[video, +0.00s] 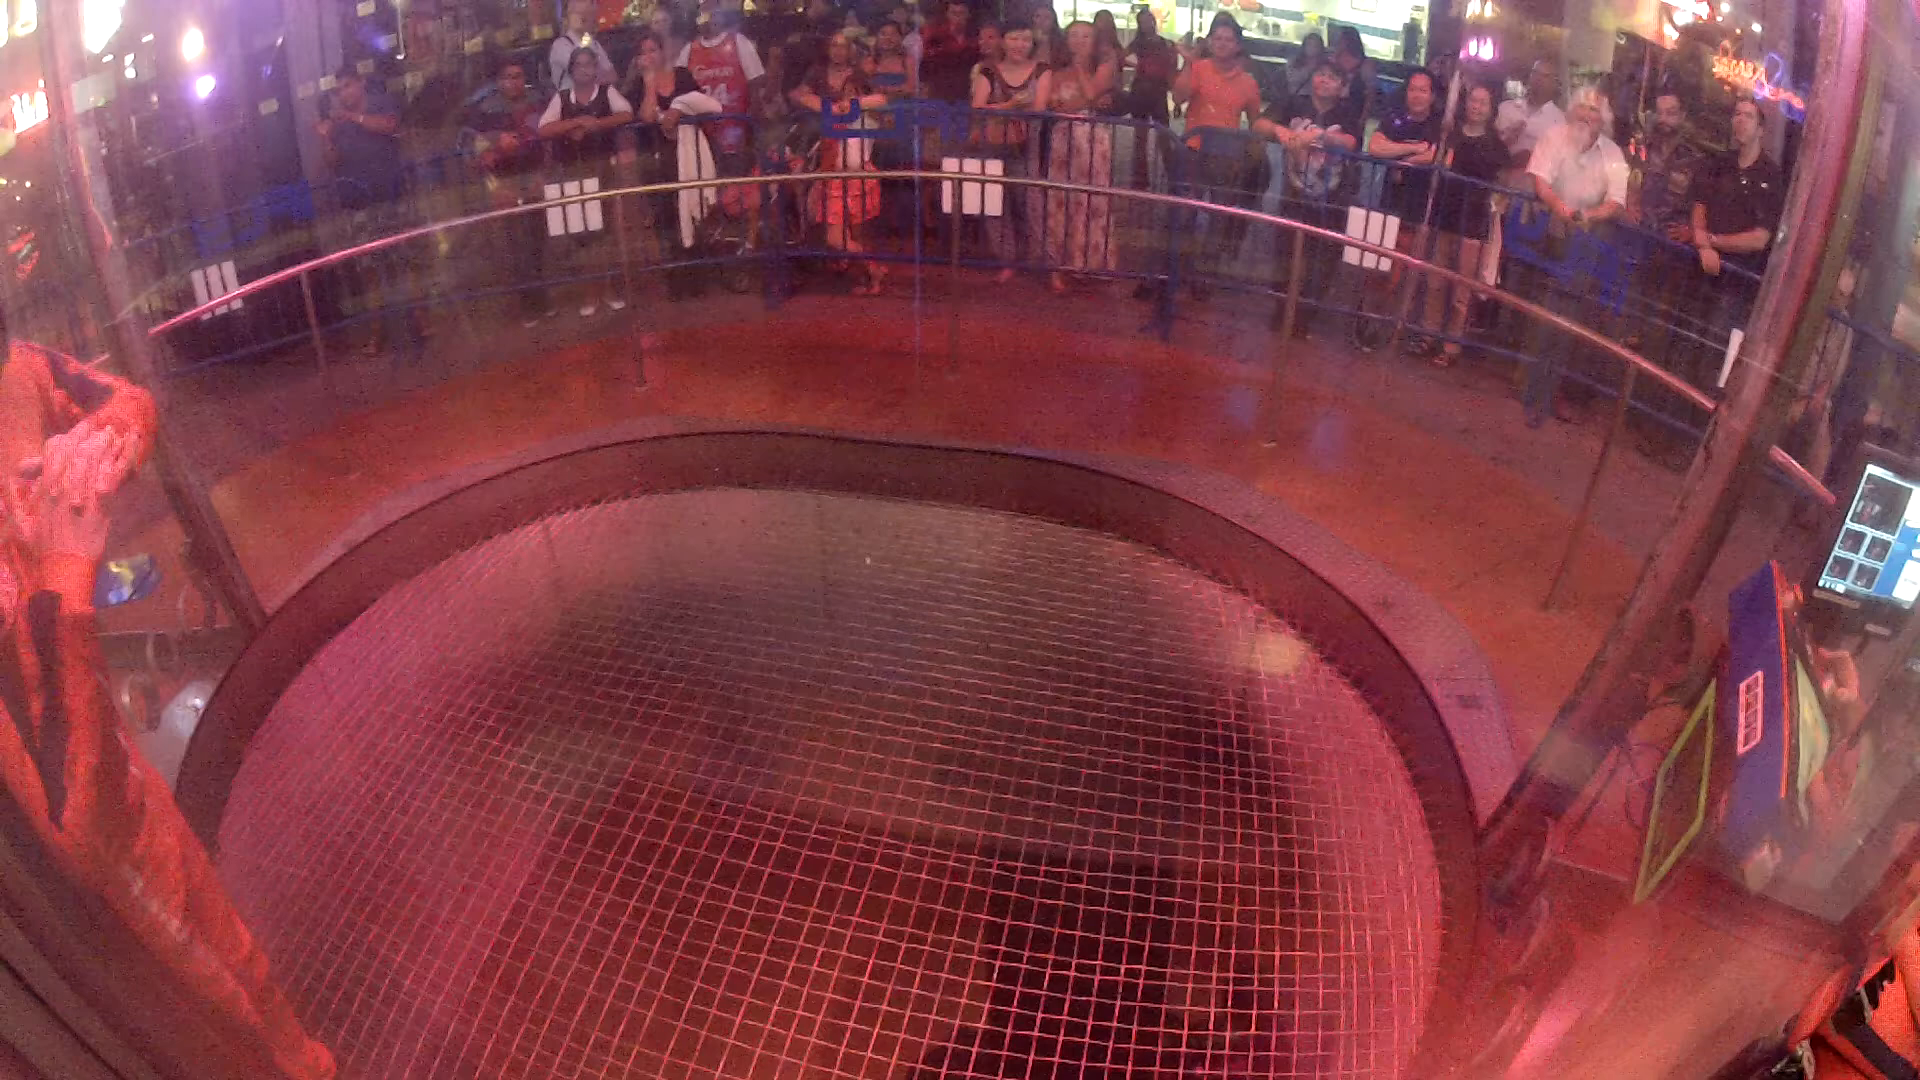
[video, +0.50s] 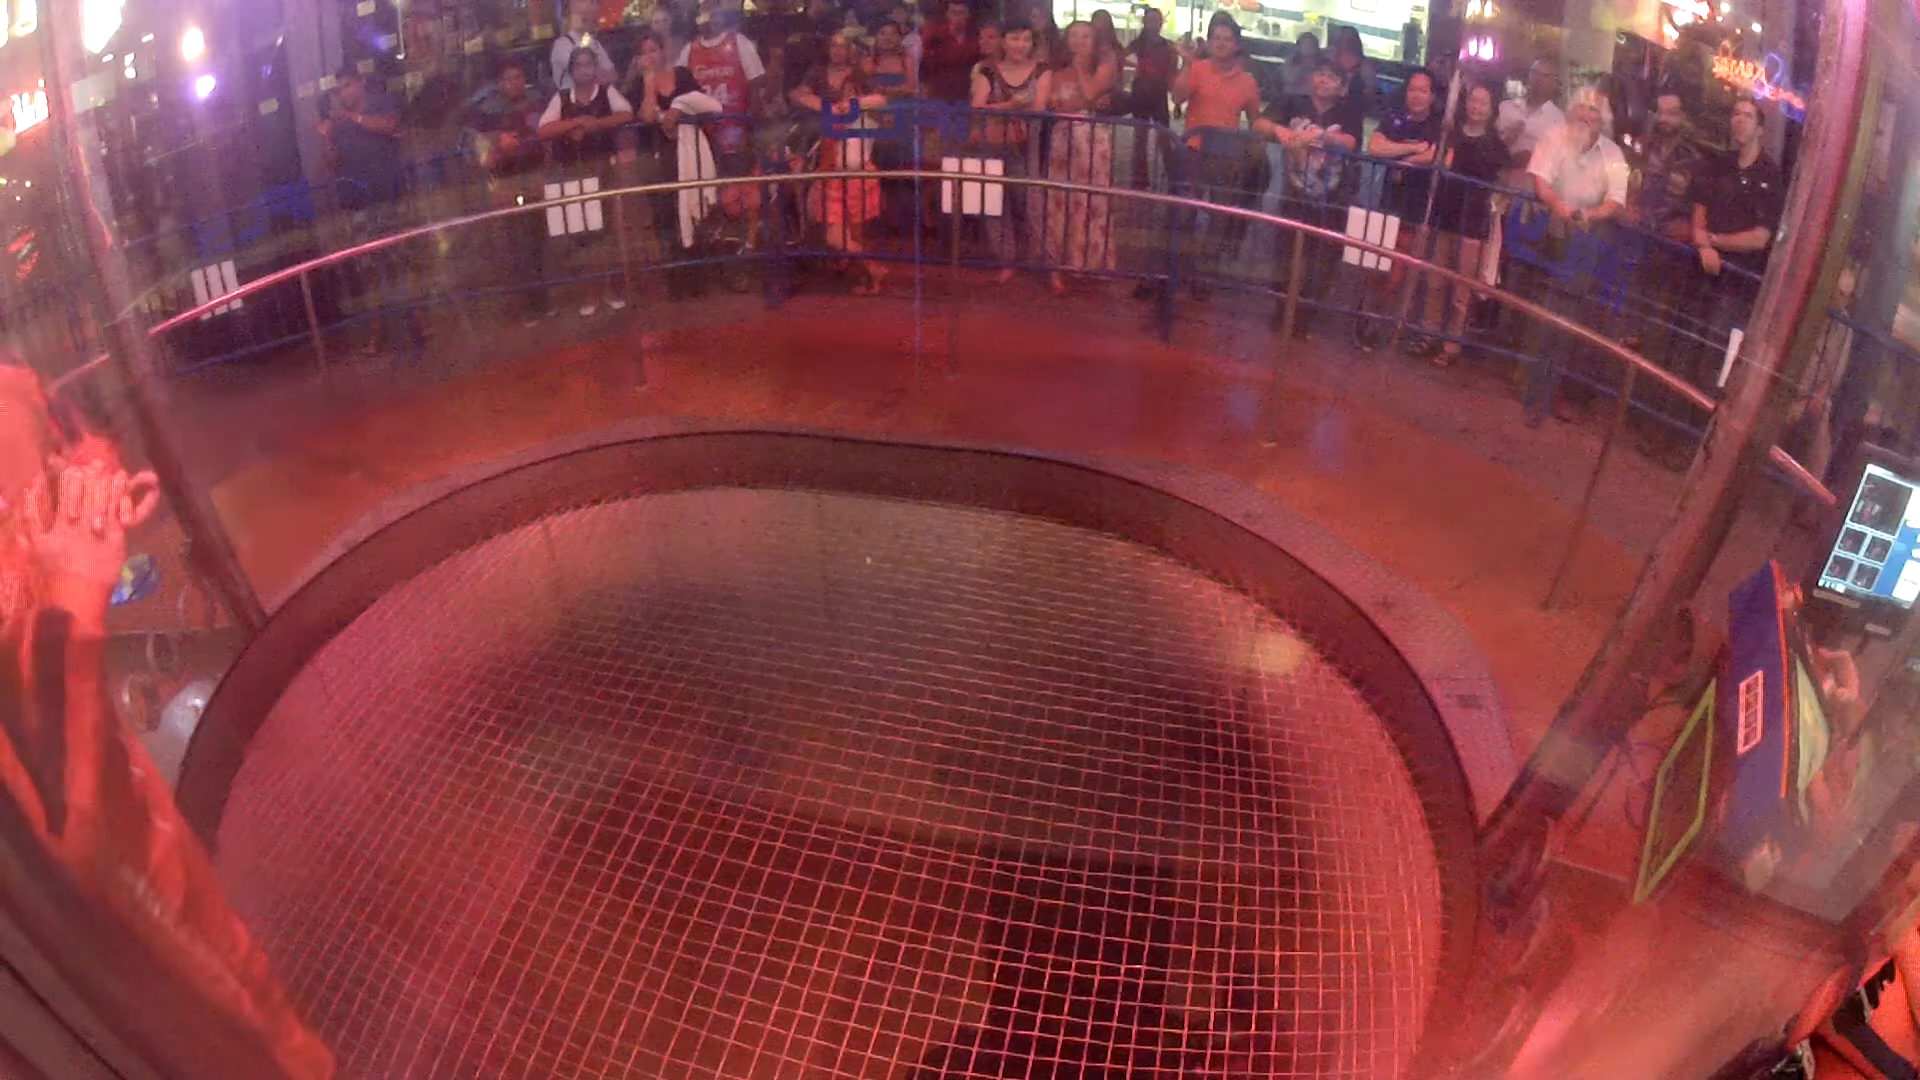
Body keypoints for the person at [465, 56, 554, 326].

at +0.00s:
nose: (515, 83)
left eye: (519, 77)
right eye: (509, 78)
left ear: (525, 79)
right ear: (498, 82)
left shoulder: (536, 104)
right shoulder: (486, 110)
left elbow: (548, 137)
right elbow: (470, 145)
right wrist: (495, 145)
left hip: (534, 175)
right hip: (504, 179)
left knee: (537, 240)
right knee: (518, 243)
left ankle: (541, 300)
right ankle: (527, 305)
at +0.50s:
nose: (515, 84)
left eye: (518, 78)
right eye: (509, 79)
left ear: (524, 79)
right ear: (499, 84)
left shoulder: (535, 109)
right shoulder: (491, 113)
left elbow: (545, 141)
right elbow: (481, 153)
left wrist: (518, 144)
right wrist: (500, 147)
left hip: (534, 176)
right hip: (506, 180)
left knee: (537, 242)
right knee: (518, 245)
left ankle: (542, 301)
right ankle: (527, 306)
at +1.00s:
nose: (516, 83)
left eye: (519, 78)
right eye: (510, 79)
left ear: (524, 79)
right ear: (500, 84)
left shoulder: (535, 104)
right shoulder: (490, 109)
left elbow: (550, 132)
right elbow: (468, 130)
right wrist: (496, 137)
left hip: (536, 174)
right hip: (506, 178)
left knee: (538, 240)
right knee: (518, 243)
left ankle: (543, 300)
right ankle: (528, 304)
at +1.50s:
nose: (514, 84)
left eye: (517, 79)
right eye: (508, 80)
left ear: (523, 79)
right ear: (498, 84)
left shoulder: (533, 102)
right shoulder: (487, 108)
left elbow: (549, 127)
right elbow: (469, 137)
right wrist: (497, 140)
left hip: (535, 173)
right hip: (505, 178)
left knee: (538, 240)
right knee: (517, 243)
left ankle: (542, 300)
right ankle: (525, 306)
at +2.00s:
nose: (509, 88)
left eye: (512, 80)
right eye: (503, 83)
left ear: (522, 79)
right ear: (496, 85)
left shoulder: (537, 104)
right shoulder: (487, 113)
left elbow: (550, 141)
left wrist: (523, 148)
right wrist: (497, 150)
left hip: (535, 178)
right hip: (506, 183)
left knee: (538, 242)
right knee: (518, 245)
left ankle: (543, 300)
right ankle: (527, 305)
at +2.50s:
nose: (502, 87)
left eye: (507, 80)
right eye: (498, 81)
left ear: (520, 80)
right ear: (493, 84)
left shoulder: (536, 105)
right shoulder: (489, 110)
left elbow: (549, 139)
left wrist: (520, 145)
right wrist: (496, 139)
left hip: (536, 180)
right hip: (506, 185)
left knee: (536, 245)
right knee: (517, 247)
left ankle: (541, 303)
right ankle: (529, 306)